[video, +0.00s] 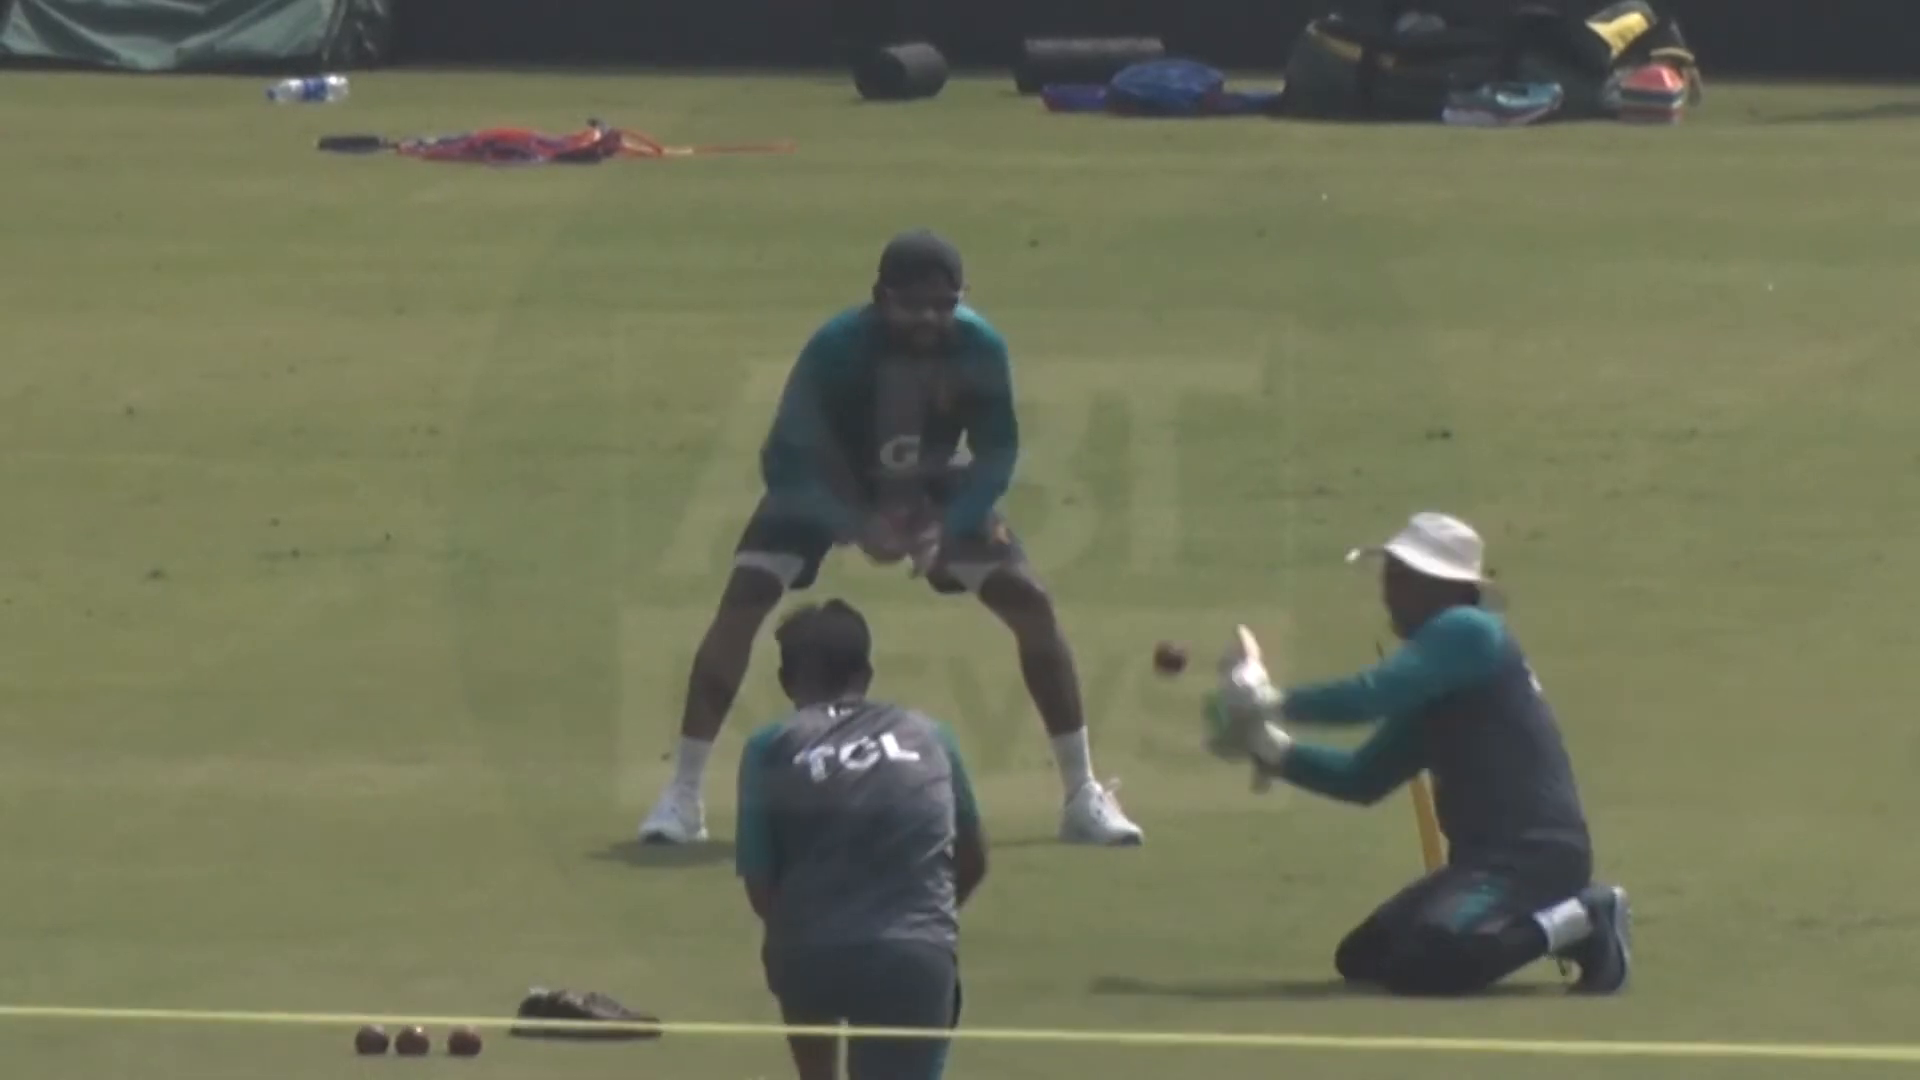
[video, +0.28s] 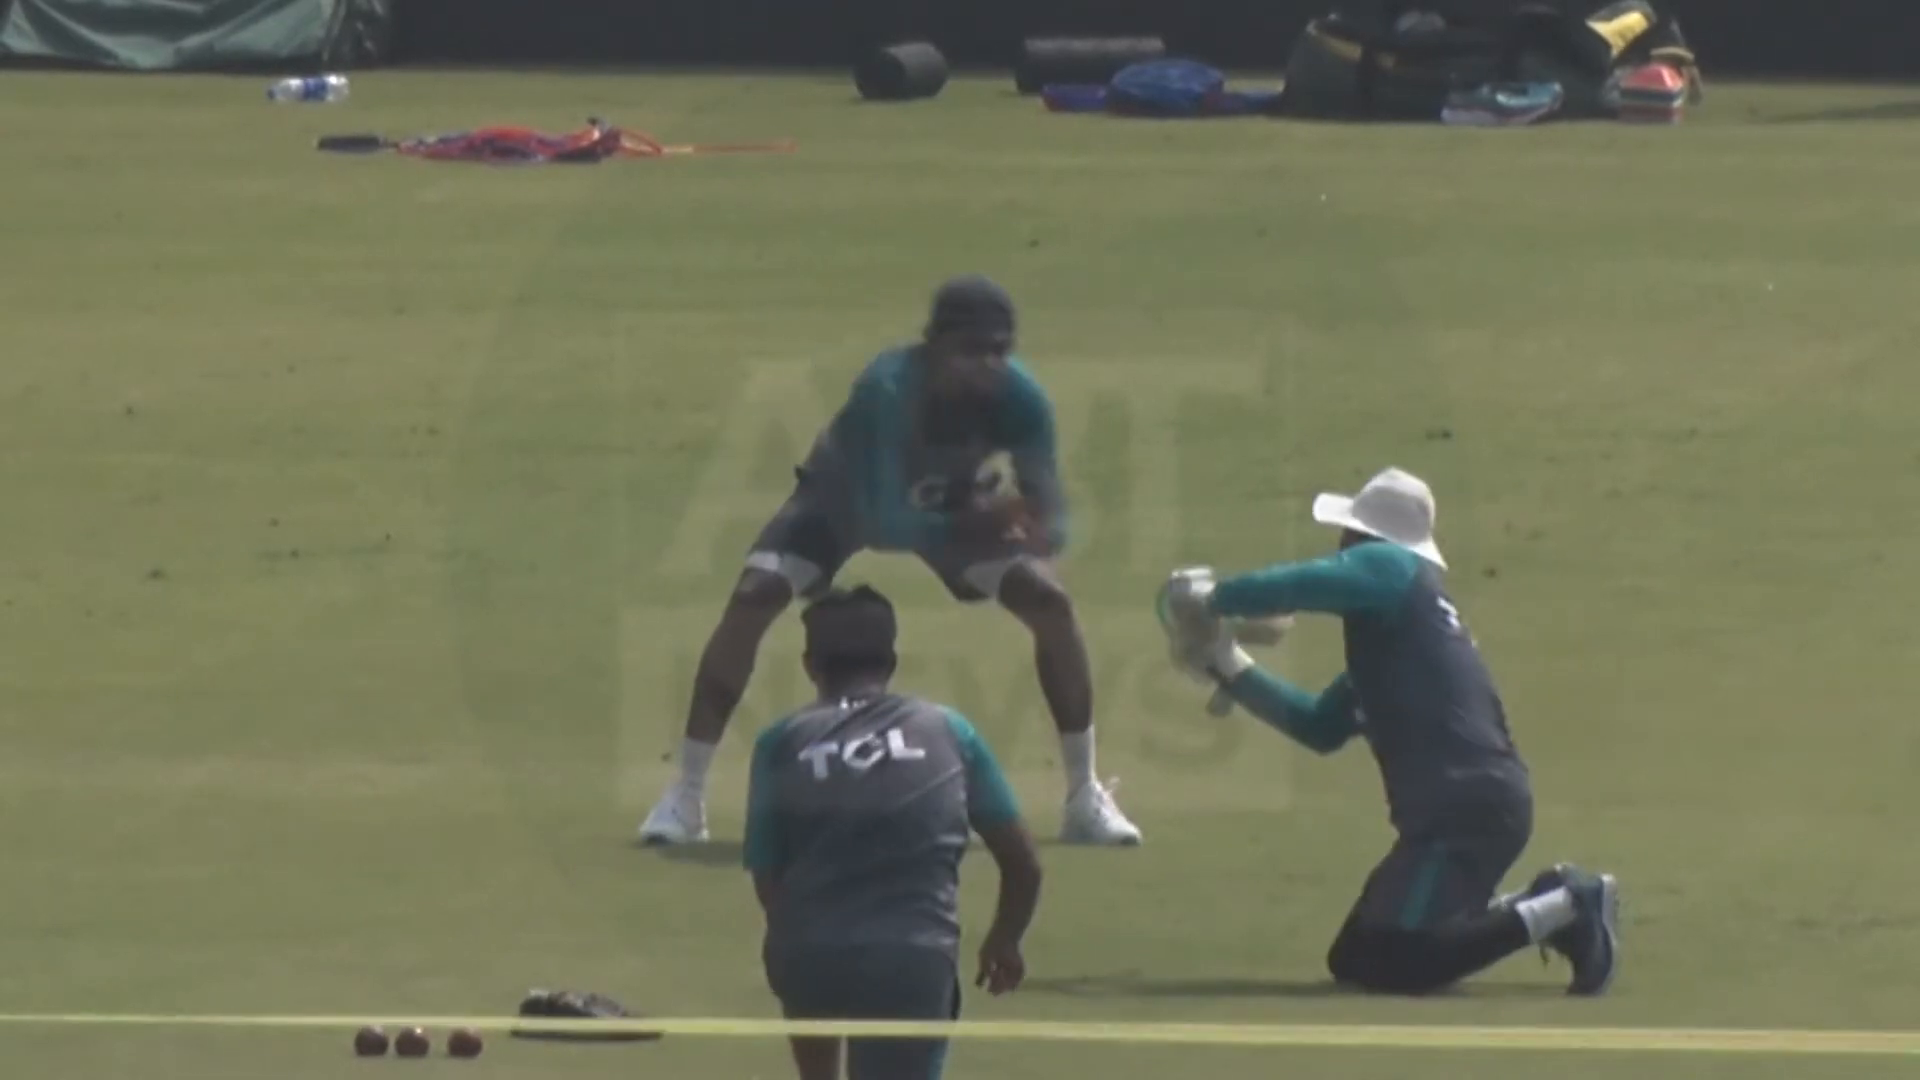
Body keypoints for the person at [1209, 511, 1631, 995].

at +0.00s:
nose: (1385, 589)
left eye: (1397, 574)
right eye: (1387, 574)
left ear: (1434, 582)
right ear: (1437, 584)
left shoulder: (1468, 632)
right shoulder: (1446, 683)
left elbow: (1371, 695)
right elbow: (1363, 780)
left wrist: (1268, 701)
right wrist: (1269, 746)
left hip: (1531, 862)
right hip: (1486, 864)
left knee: (1415, 964)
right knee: (1361, 959)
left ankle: (1584, 918)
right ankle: (1547, 923)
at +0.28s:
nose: (1339, 544)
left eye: (1349, 534)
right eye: (1341, 533)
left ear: (1374, 536)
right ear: (1405, 540)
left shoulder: (1393, 570)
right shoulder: (1399, 637)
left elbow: (1296, 584)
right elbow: (1321, 728)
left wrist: (1210, 596)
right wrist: (1226, 663)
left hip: (1469, 808)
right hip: (1451, 814)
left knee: (1379, 963)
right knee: (1359, 958)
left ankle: (1562, 907)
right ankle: (1540, 908)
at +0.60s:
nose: (1312, 536)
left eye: (1318, 528)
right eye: (1314, 527)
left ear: (1333, 528)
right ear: (1384, 532)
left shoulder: (1338, 564)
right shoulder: (1399, 592)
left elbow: (1286, 666)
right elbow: (1385, 750)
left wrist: (1238, 707)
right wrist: (1286, 743)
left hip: (1441, 796)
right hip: (1451, 791)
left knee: (1378, 962)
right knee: (1355, 957)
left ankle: (1561, 909)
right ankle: (1533, 906)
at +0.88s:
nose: (1293, 542)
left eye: (1297, 532)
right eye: (1295, 530)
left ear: (1310, 534)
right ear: (1363, 534)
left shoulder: (1326, 573)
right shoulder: (1390, 591)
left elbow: (1320, 683)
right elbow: (1381, 747)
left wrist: (1275, 753)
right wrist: (1292, 774)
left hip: (1438, 793)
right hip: (1457, 788)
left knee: (1381, 965)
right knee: (1355, 959)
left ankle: (1552, 903)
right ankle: (1534, 903)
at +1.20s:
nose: (1298, 550)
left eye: (1302, 540)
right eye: (1298, 538)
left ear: (1321, 546)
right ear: (1369, 539)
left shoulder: (1352, 595)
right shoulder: (1396, 595)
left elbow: (1367, 715)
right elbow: (1395, 747)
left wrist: (1308, 789)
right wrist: (1314, 760)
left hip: (1464, 811)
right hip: (1465, 807)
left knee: (1376, 967)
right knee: (1356, 959)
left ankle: (1545, 905)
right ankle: (1539, 902)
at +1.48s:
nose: (1336, 559)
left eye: (1343, 550)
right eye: (1338, 548)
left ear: (1368, 559)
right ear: (1401, 552)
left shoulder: (1410, 619)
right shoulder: (1436, 611)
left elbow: (1429, 740)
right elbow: (1433, 757)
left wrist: (1352, 803)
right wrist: (1358, 771)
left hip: (1490, 836)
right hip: (1481, 832)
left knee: (1381, 969)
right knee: (1355, 960)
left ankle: (1551, 907)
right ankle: (1541, 905)